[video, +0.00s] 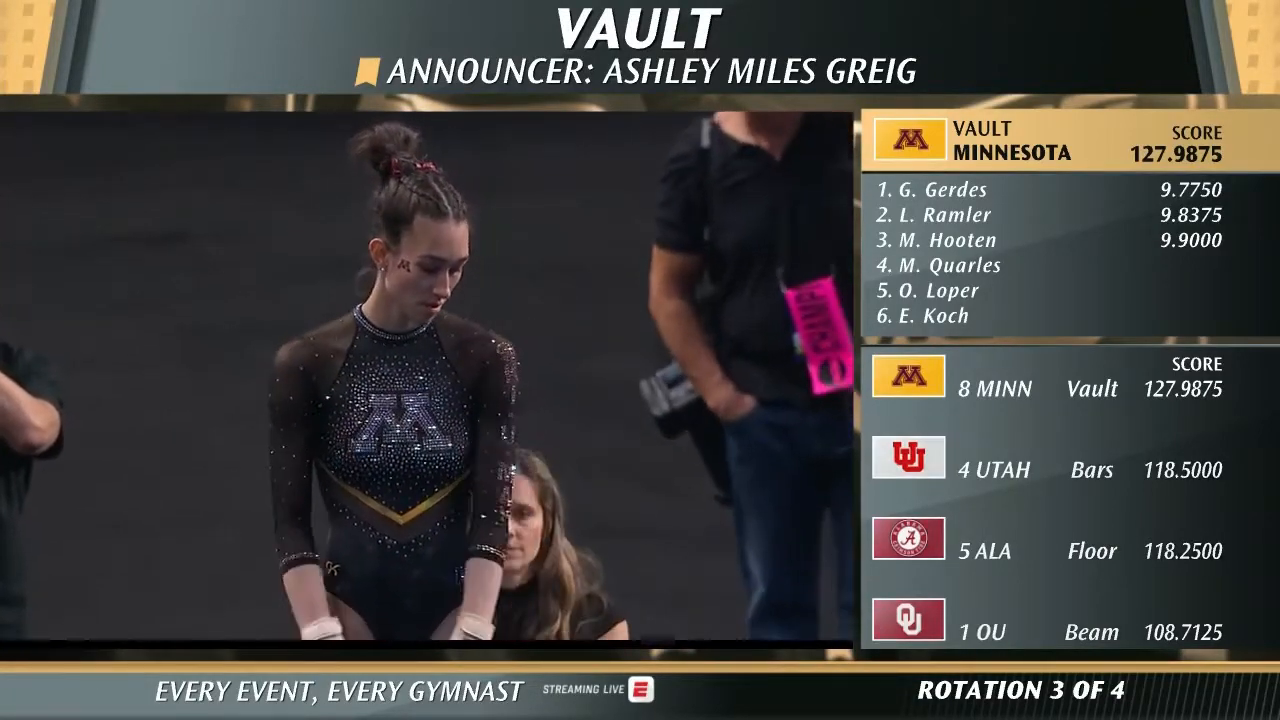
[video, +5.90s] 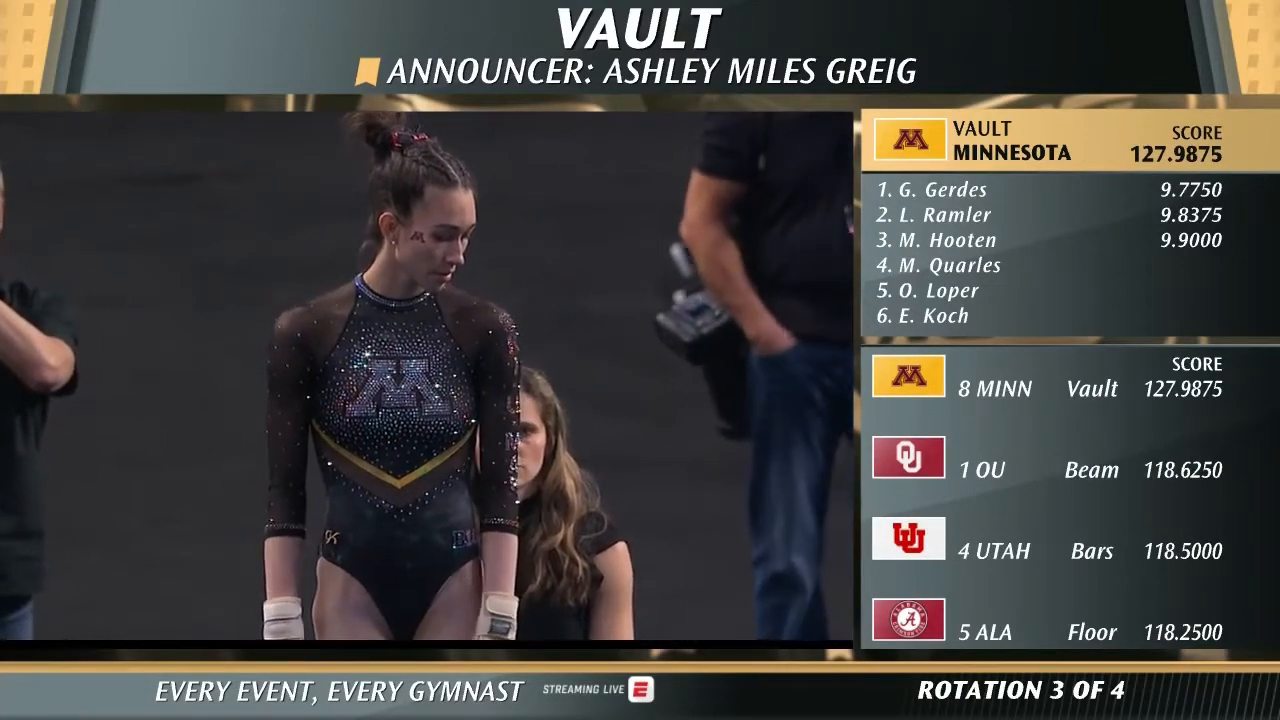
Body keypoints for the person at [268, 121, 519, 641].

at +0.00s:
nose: (445, 287)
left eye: (457, 268)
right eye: (429, 267)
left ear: (467, 260)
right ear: (381, 255)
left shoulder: (486, 360)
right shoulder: (305, 363)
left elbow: (490, 508)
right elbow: (290, 518)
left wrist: (475, 624)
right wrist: (318, 631)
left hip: (454, 602)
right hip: (351, 602)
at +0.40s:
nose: (459, 293)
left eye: (470, 274)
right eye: (444, 272)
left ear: (481, 265)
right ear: (396, 259)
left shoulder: (494, 367)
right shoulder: (313, 368)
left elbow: (518, 522)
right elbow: (295, 531)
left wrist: (518, 642)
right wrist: (296, 659)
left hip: (462, 606)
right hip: (350, 605)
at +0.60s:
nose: (475, 284)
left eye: (486, 266)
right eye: (461, 264)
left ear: (496, 257)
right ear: (412, 248)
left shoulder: (504, 363)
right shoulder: (324, 355)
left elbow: (544, 506)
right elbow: (282, 508)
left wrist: (577, 630)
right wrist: (248, 632)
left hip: (461, 600)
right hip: (352, 597)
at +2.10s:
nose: (468, 241)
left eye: (476, 223)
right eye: (454, 221)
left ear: (483, 213)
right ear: (403, 208)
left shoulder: (489, 310)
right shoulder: (310, 308)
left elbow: (510, 460)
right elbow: (284, 461)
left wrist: (519, 603)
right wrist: (284, 609)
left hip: (458, 558)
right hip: (348, 556)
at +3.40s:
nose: (467, 245)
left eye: (474, 227)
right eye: (453, 226)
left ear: (481, 216)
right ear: (400, 214)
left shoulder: (489, 316)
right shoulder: (311, 318)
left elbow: (500, 468)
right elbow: (290, 473)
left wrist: (473, 597)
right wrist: (331, 590)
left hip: (458, 566)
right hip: (355, 566)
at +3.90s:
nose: (470, 247)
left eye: (478, 229)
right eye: (456, 228)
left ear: (486, 218)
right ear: (404, 215)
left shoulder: (495, 317)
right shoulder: (317, 320)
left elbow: (526, 472)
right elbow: (292, 478)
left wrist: (543, 617)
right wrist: (273, 622)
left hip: (462, 566)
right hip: (354, 565)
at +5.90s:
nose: (460, 252)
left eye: (466, 235)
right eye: (444, 236)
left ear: (472, 225)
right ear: (390, 226)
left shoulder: (483, 329)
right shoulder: (305, 331)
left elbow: (499, 479)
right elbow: (285, 486)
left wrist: (500, 619)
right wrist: (281, 622)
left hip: (456, 573)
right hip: (348, 572)